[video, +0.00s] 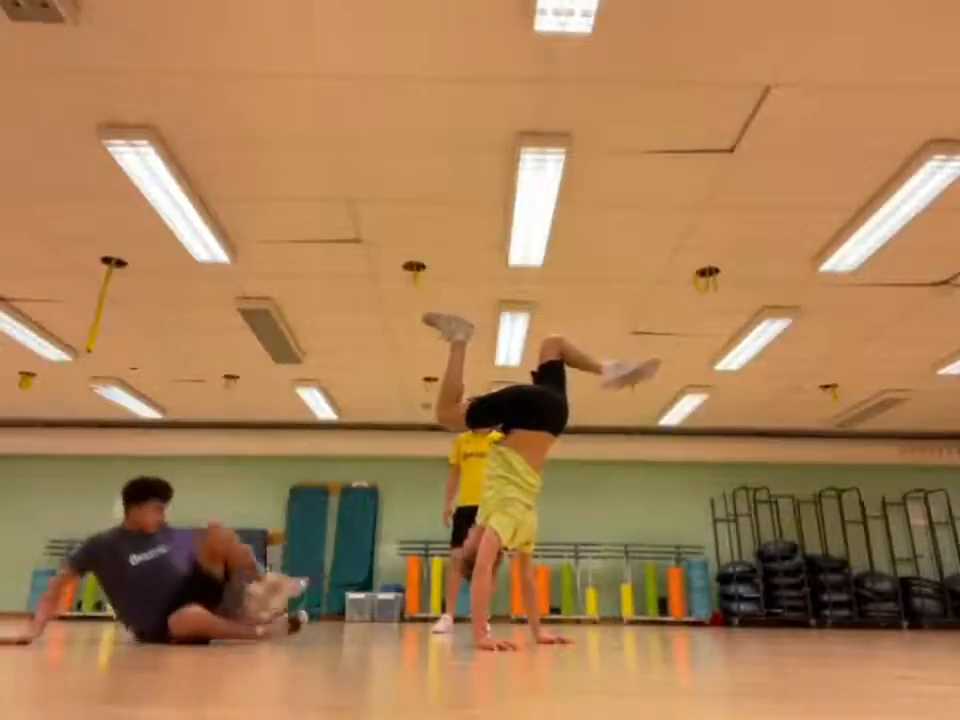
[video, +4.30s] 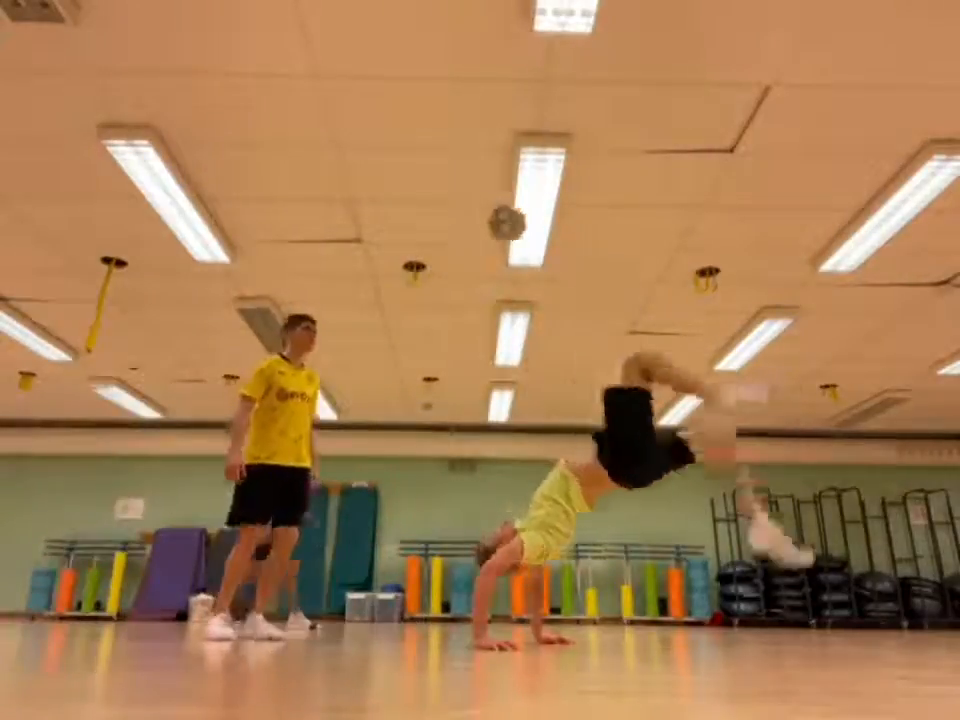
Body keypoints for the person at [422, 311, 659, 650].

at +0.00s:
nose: (480, 558)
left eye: (466, 554)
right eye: (473, 557)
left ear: (467, 545)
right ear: (472, 543)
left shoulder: (523, 536)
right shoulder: (493, 527)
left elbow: (528, 583)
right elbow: (481, 575)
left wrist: (537, 631)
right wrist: (481, 635)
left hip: (552, 413)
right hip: (530, 410)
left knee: (552, 345)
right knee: (449, 414)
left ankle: (607, 370)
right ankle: (458, 341)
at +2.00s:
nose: (481, 557)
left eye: (473, 556)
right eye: (477, 556)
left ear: (472, 549)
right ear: (473, 543)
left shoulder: (526, 538)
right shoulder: (497, 528)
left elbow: (528, 585)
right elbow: (483, 577)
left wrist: (537, 632)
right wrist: (482, 636)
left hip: (557, 412)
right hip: (536, 412)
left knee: (549, 345)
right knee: (457, 407)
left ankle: (620, 317)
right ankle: (450, 334)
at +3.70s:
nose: (476, 543)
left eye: (473, 548)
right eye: (476, 546)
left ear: (475, 547)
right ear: (481, 544)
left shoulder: (528, 540)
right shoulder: (504, 531)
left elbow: (529, 586)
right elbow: (484, 575)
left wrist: (538, 632)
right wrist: (481, 635)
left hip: (572, 416)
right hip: (554, 416)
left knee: (580, 347)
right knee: (471, 409)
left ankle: (658, 323)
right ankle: (472, 331)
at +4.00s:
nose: (482, 542)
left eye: (480, 545)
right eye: (481, 543)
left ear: (482, 550)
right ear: (484, 544)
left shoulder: (530, 541)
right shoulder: (509, 534)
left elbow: (530, 588)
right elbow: (482, 576)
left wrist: (536, 632)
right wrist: (480, 635)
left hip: (598, 436)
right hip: (582, 432)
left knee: (634, 367)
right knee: (515, 382)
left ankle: (714, 359)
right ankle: (527, 301)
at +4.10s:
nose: (488, 525)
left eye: (486, 534)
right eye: (487, 533)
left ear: (490, 546)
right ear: (490, 540)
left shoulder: (530, 538)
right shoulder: (514, 532)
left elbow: (535, 586)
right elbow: (486, 574)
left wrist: (537, 632)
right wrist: (480, 637)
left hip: (604, 438)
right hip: (596, 436)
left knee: (655, 374)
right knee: (538, 362)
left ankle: (736, 390)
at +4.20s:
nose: (495, 524)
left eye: (494, 536)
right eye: (494, 531)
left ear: (495, 550)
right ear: (497, 537)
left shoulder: (535, 539)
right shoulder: (519, 534)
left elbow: (535, 586)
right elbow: (485, 579)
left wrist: (537, 630)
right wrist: (479, 637)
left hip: (618, 452)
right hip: (609, 441)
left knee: (683, 394)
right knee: (576, 353)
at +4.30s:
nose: (501, 528)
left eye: (497, 532)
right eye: (498, 533)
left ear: (501, 550)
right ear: (501, 546)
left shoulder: (539, 544)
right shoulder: (523, 541)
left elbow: (537, 582)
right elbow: (487, 573)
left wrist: (538, 632)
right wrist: (480, 636)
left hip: (633, 472)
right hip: (624, 461)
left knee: (702, 442)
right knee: (638, 365)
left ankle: (760, 524)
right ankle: (712, 392)